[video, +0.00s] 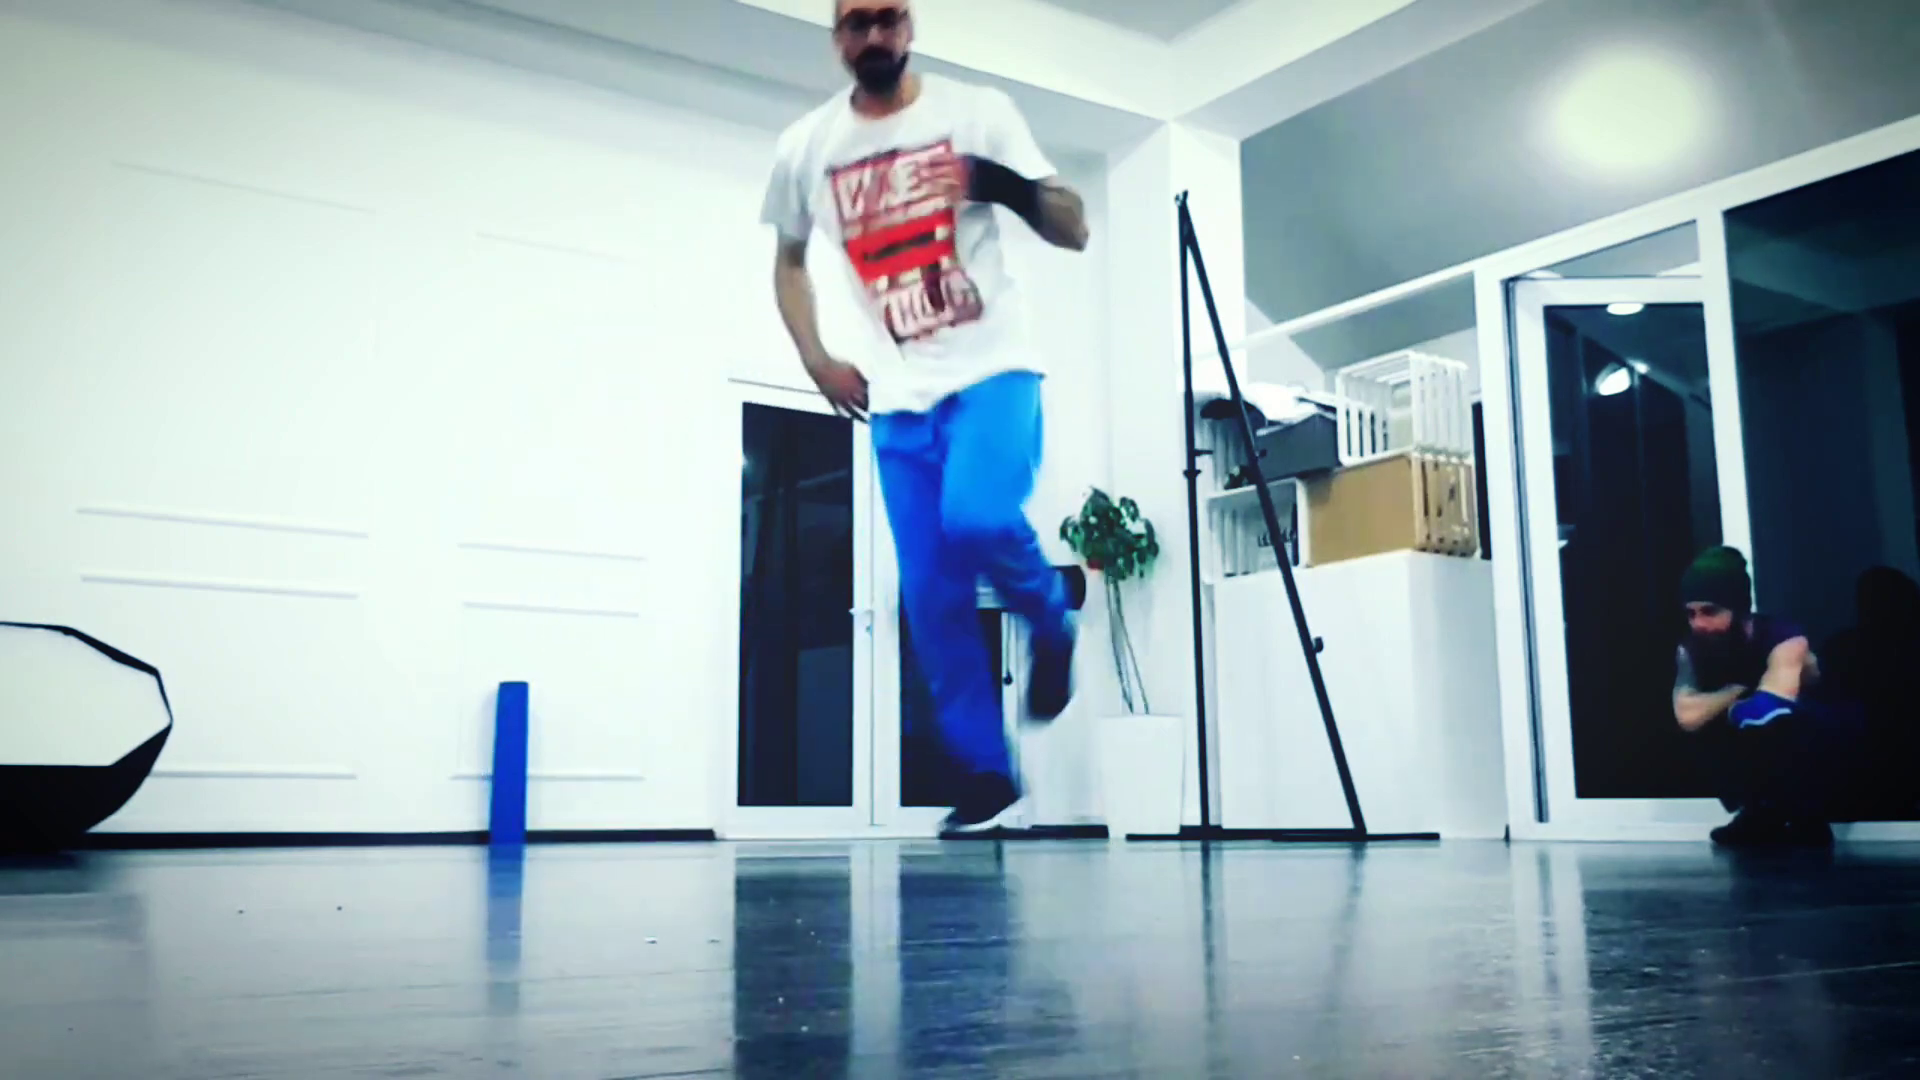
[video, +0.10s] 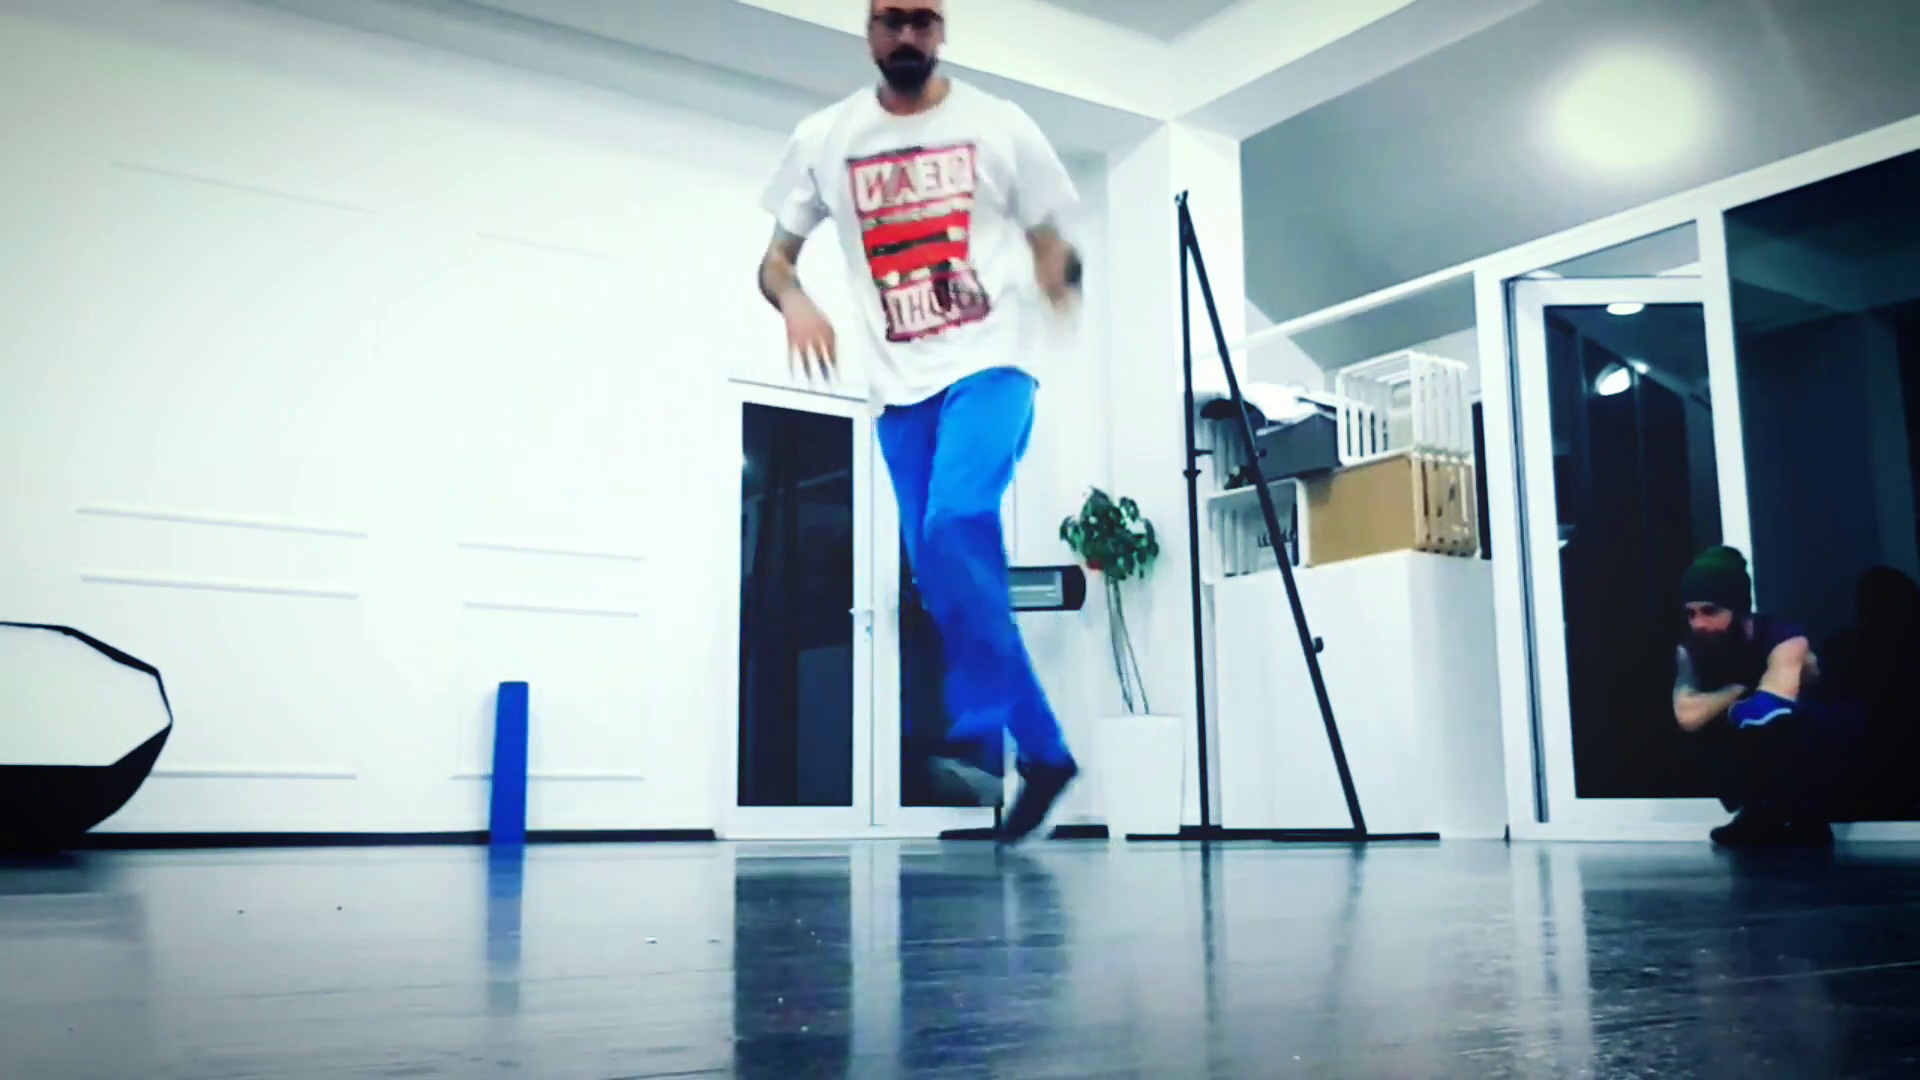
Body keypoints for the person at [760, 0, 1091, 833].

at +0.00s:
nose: (875, 38)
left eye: (890, 20)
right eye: (858, 23)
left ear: (913, 28)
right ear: (835, 35)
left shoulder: (980, 111)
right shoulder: (805, 146)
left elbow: (1075, 230)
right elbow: (789, 264)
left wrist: (1002, 185)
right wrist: (818, 359)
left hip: (993, 368)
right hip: (897, 391)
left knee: (976, 518)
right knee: (930, 588)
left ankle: (1050, 613)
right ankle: (986, 778)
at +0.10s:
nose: (908, 36)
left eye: (923, 21)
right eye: (892, 21)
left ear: (944, 30)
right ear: (868, 31)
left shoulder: (999, 126)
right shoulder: (826, 138)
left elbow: (1050, 232)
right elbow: (773, 261)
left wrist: (1055, 276)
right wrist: (796, 301)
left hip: (991, 359)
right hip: (899, 383)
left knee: (952, 520)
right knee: (950, 566)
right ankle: (1044, 757)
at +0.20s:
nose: (936, 78)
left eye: (952, 65)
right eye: (922, 62)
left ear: (971, 75)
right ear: (896, 70)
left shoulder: (1010, 181)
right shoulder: (848, 174)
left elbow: (1041, 321)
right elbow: (774, 301)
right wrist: (812, 233)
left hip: (998, 405)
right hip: (903, 418)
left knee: (951, 573)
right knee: (987, 604)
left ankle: (905, 782)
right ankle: (1076, 791)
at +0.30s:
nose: (958, 90)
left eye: (976, 78)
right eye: (944, 74)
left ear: (994, 93)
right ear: (917, 82)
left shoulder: (1020, 209)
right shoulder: (867, 173)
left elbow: (1026, 337)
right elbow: (822, 262)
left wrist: (1029, 450)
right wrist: (890, 164)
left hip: (976, 418)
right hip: (888, 430)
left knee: (915, 540)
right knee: (960, 622)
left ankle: (907, 781)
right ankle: (1061, 776)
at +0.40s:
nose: (972, 78)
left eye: (989, 67)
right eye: (959, 61)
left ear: (1005, 84)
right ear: (928, 67)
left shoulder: (1021, 202)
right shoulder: (861, 143)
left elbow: (1012, 333)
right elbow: (862, 243)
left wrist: (1013, 441)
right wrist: (987, 176)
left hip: (951, 412)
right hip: (850, 409)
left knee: (903, 576)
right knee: (808, 612)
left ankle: (944, 780)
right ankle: (937, 729)